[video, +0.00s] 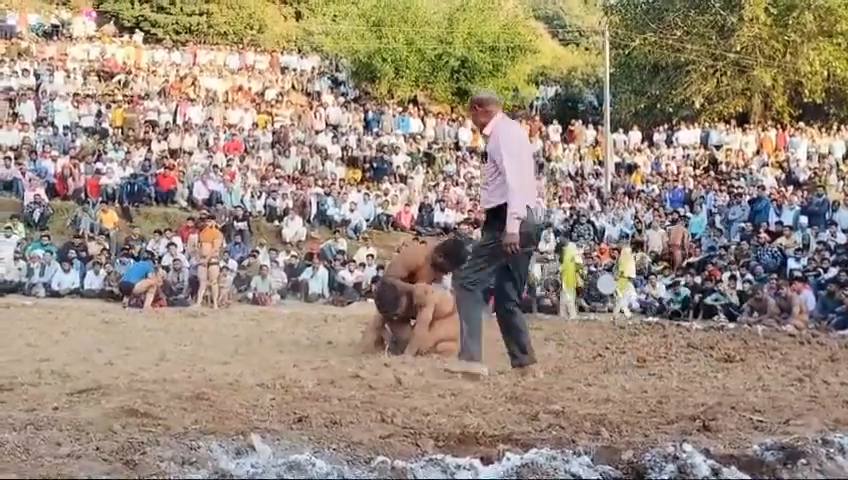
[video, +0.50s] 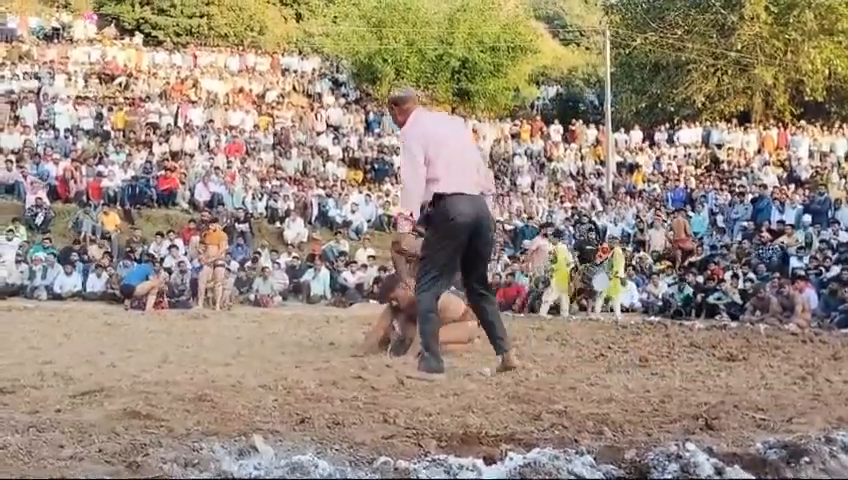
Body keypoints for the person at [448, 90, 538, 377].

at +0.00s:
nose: (472, 120)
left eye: (472, 114)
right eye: (471, 115)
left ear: (482, 109)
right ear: (491, 108)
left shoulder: (504, 131)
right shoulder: (507, 130)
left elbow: (517, 178)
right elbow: (518, 179)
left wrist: (513, 224)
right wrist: (492, 218)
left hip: (506, 219)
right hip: (525, 220)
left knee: (466, 281)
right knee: (506, 296)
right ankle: (524, 361)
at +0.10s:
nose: (455, 119)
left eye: (456, 114)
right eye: (455, 114)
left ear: (466, 111)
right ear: (476, 109)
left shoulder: (485, 135)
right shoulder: (499, 131)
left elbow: (502, 180)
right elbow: (516, 177)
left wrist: (501, 224)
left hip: (489, 219)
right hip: (510, 219)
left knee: (463, 289)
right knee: (503, 299)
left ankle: (435, 361)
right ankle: (523, 362)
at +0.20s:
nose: (437, 123)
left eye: (436, 117)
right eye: (436, 117)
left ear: (445, 113)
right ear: (461, 110)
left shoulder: (458, 136)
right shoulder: (488, 132)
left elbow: (473, 181)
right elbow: (497, 179)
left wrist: (476, 226)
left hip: (475, 220)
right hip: (503, 220)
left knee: (442, 286)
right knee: (498, 295)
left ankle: (431, 359)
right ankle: (521, 359)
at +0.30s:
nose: (420, 127)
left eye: (418, 121)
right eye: (418, 122)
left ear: (424, 115)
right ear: (442, 110)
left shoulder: (438, 135)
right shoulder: (472, 130)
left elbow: (447, 183)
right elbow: (488, 175)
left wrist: (445, 228)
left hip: (467, 211)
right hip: (493, 212)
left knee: (431, 289)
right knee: (494, 292)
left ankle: (430, 359)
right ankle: (520, 355)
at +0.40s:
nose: (404, 124)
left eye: (402, 117)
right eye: (402, 118)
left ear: (408, 112)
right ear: (426, 107)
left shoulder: (424, 133)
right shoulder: (461, 125)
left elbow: (428, 180)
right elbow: (484, 167)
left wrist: (419, 226)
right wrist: (492, 202)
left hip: (457, 209)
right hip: (486, 208)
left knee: (428, 288)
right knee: (488, 287)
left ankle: (430, 360)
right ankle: (517, 354)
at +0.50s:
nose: (394, 121)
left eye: (392, 115)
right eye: (392, 115)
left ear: (398, 108)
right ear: (416, 103)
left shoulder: (413, 130)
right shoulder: (453, 122)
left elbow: (414, 176)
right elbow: (480, 163)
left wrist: (407, 216)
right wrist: (485, 195)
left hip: (450, 206)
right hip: (480, 205)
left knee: (428, 287)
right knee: (478, 286)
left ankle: (431, 359)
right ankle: (506, 352)